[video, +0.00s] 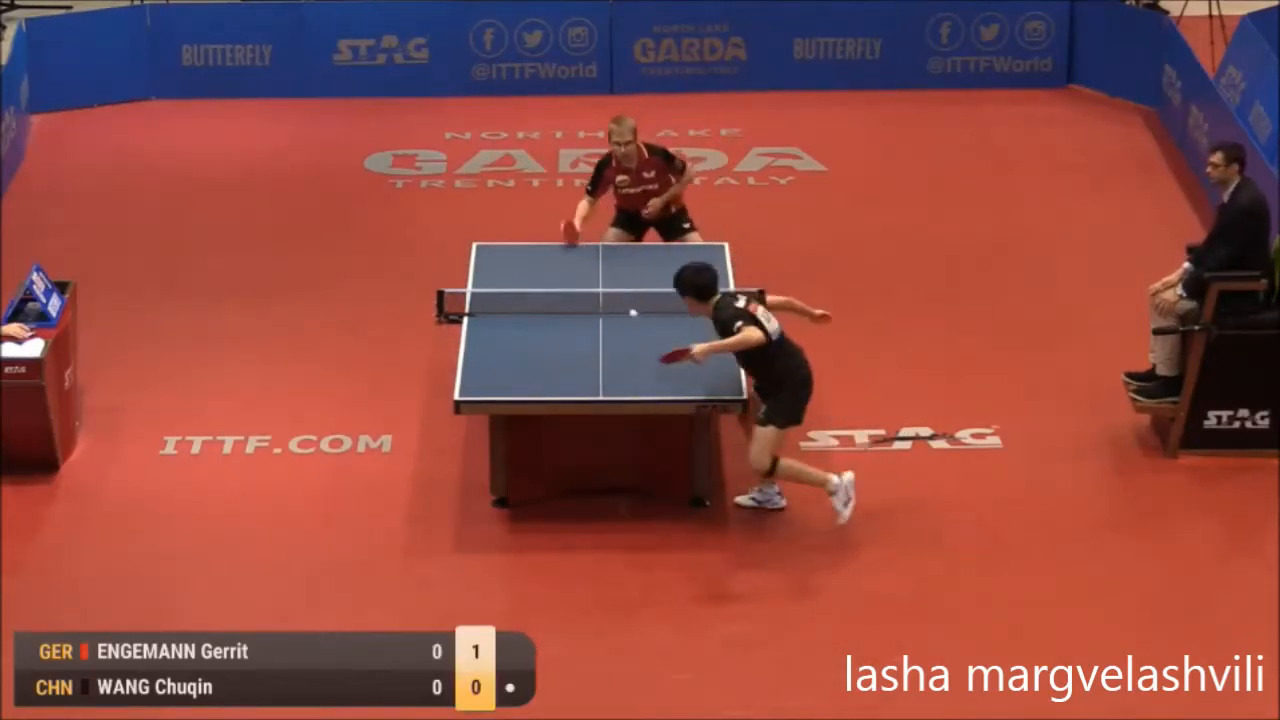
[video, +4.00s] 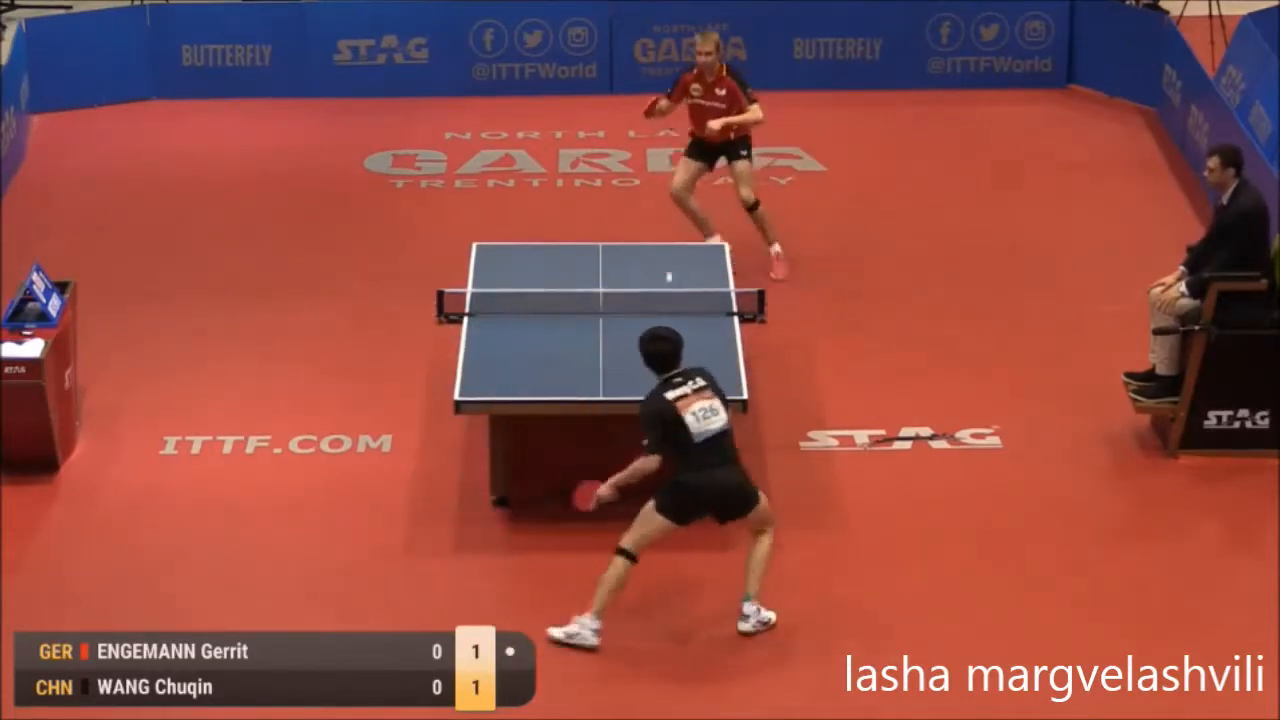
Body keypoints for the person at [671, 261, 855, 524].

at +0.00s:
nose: (684, 303)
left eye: (685, 297)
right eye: (683, 297)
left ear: (694, 299)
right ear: (711, 288)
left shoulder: (726, 314)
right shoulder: (733, 297)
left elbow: (756, 336)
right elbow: (784, 301)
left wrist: (709, 348)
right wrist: (812, 313)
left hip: (789, 381)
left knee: (760, 461)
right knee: (758, 425)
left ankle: (835, 484)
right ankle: (768, 490)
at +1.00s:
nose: (691, 360)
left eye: (691, 356)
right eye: (693, 354)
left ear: (697, 359)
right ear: (728, 350)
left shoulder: (706, 397)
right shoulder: (757, 377)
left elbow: (694, 454)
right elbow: (786, 419)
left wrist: (659, 458)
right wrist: (756, 434)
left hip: (732, 482)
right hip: (776, 477)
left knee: (663, 513)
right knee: (810, 504)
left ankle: (662, 600)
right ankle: (846, 574)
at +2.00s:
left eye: (658, 282)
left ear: (653, 287)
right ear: (687, 287)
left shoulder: (639, 325)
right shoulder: (706, 321)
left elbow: (628, 385)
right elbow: (732, 371)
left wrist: (643, 397)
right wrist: (713, 391)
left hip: (653, 417)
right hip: (699, 418)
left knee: (607, 471)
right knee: (722, 482)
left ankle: (589, 550)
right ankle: (742, 559)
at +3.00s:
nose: (495, 320)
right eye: (495, 317)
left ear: (465, 314)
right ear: (493, 322)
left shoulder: (443, 331)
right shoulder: (497, 348)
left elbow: (420, 327)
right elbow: (530, 366)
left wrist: (442, 324)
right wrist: (524, 343)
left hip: (422, 427)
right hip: (459, 435)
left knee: (416, 460)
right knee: (527, 485)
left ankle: (388, 521)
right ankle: (572, 558)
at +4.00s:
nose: (650, 359)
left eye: (648, 355)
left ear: (647, 362)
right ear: (680, 354)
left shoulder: (653, 403)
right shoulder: (703, 377)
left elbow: (652, 461)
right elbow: (728, 415)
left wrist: (613, 484)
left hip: (687, 486)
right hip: (730, 479)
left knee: (629, 547)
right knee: (764, 528)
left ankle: (590, 622)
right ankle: (750, 609)